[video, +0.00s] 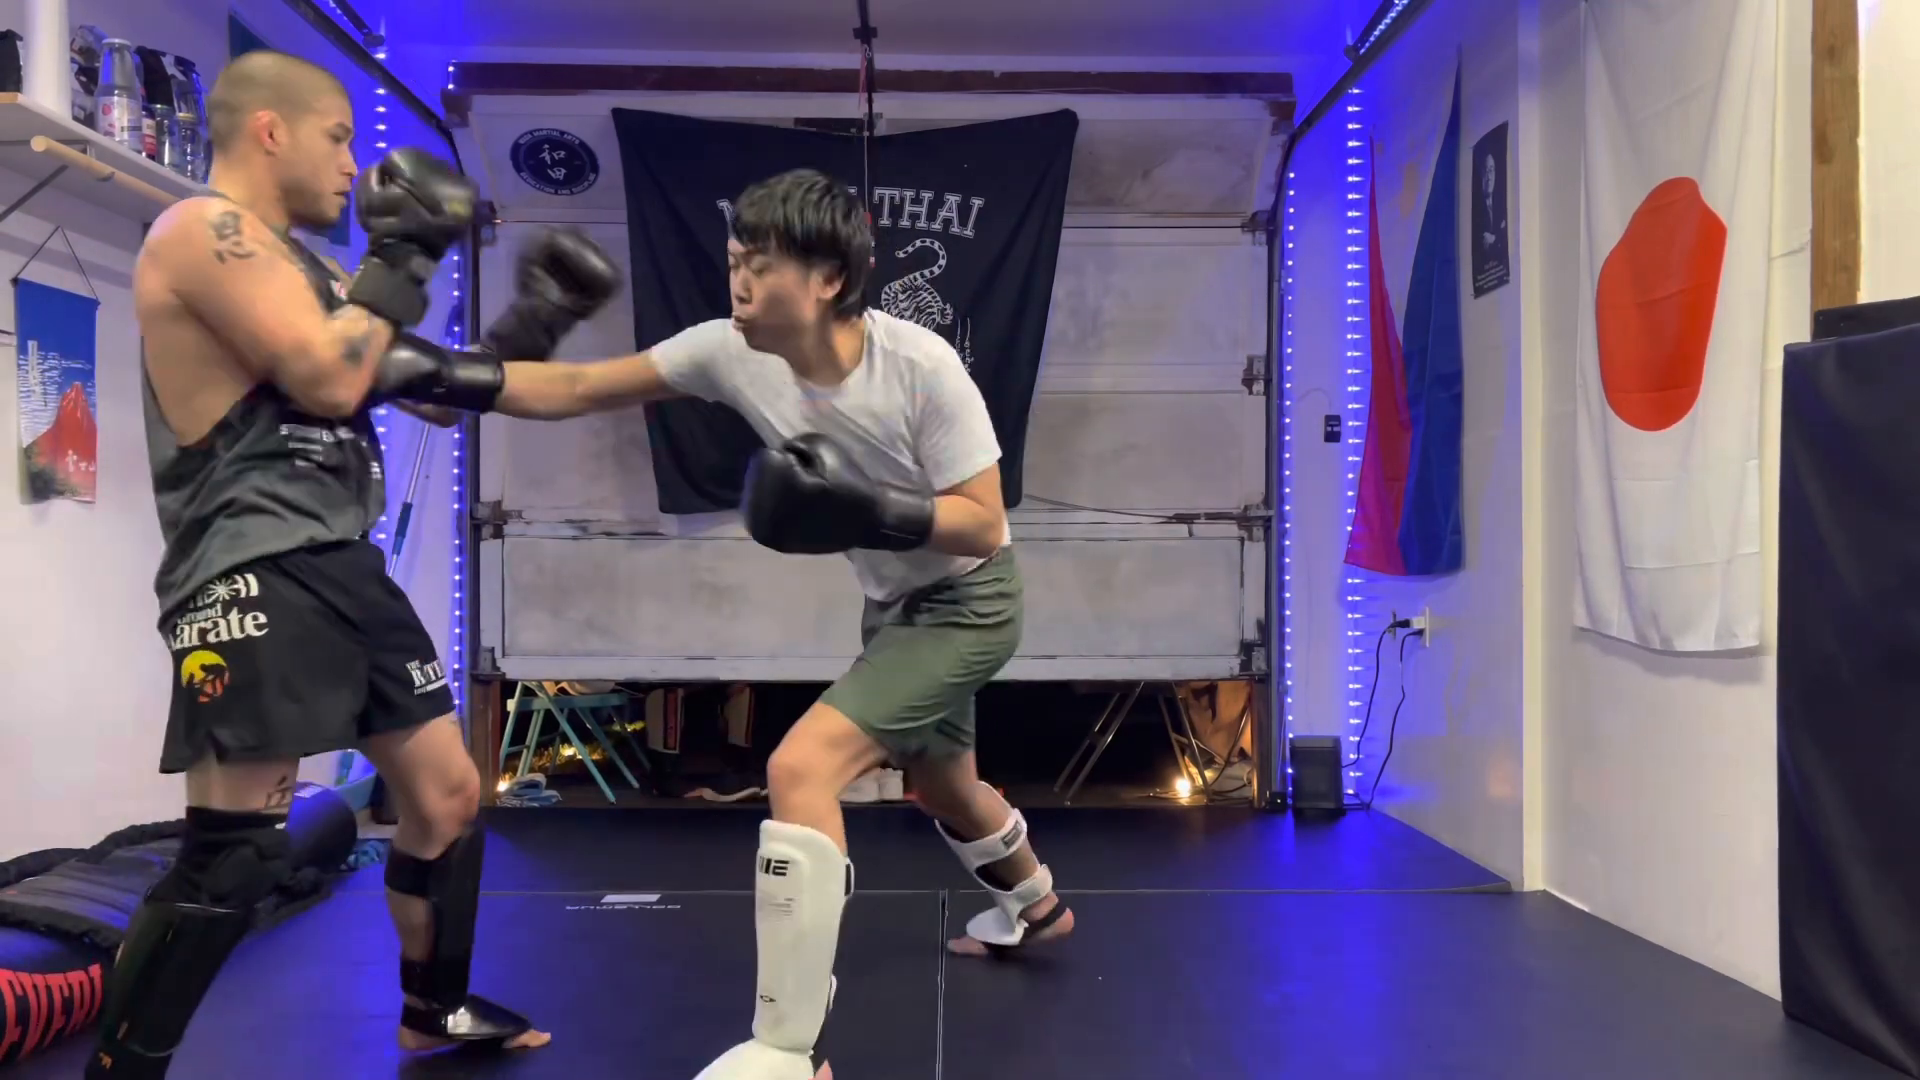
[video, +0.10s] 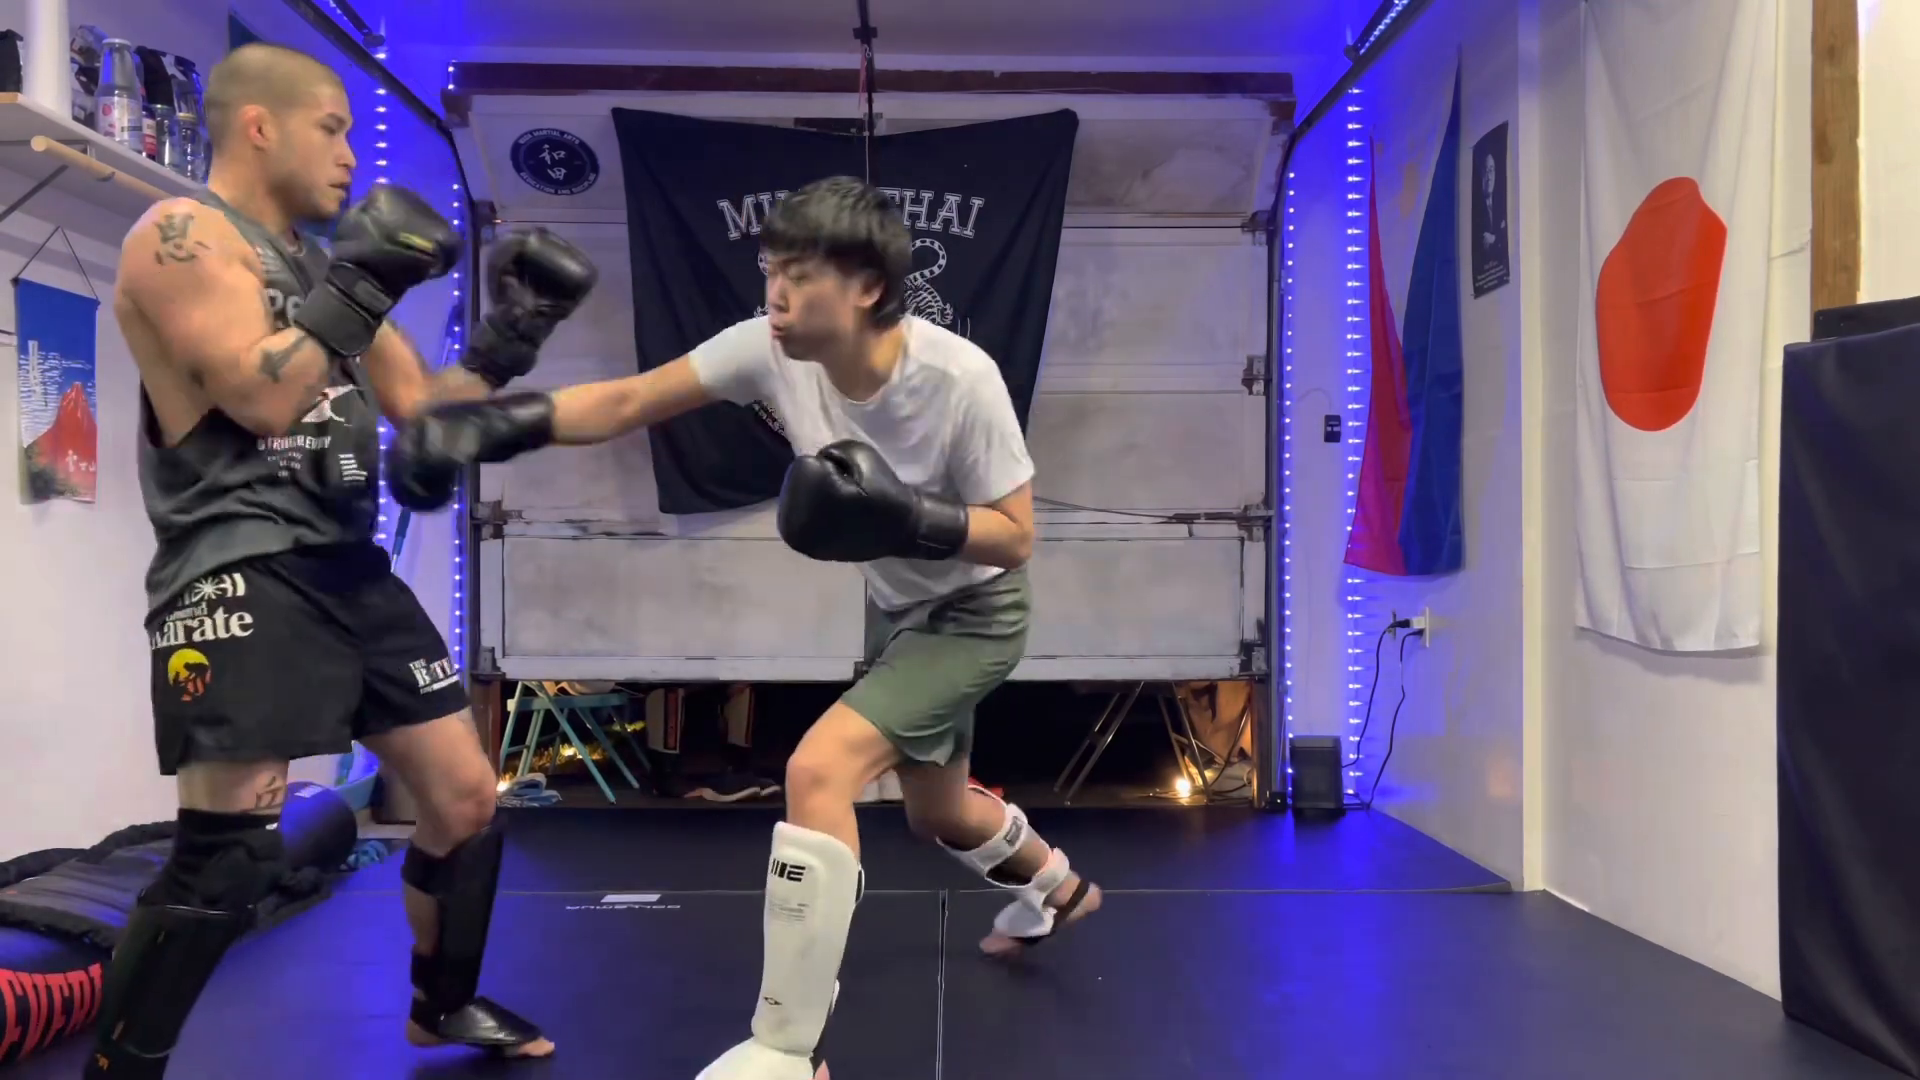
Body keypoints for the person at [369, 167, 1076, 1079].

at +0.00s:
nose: (738, 282)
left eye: (759, 263)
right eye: (738, 262)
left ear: (832, 280)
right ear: (738, 273)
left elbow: (984, 526)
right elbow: (573, 385)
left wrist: (872, 508)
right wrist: (435, 373)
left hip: (969, 599)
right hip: (894, 603)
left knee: (803, 770)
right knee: (948, 788)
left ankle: (786, 1049)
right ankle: (1033, 903)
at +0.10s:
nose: (777, 292)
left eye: (798, 272)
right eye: (775, 270)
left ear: (869, 287)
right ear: (771, 278)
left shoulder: (961, 381)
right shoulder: (770, 346)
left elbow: (1017, 537)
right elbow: (628, 401)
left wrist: (905, 518)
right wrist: (506, 421)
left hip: (976, 611)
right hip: (894, 607)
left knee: (822, 771)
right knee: (941, 806)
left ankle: (783, 1050)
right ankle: (1054, 886)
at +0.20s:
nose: (842, 273)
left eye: (865, 257)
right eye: (842, 253)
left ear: (934, 277)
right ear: (840, 260)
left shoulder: (1010, 376)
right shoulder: (833, 335)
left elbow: (1038, 547)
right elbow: (713, 405)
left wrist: (933, 504)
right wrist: (644, 430)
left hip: (989, 610)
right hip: (906, 600)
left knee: (828, 770)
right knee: (909, 819)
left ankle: (782, 1049)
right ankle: (1077, 877)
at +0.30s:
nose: (900, 250)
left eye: (924, 235)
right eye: (900, 230)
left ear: (991, 254)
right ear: (900, 234)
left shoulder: (1068, 350)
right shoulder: (902, 315)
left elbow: (1093, 516)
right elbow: (813, 406)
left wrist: (994, 479)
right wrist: (770, 367)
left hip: (1029, 597)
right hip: (949, 583)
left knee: (875, 774)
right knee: (946, 805)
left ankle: (787, 1046)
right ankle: (1104, 924)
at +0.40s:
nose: (946, 218)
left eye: (966, 203)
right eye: (946, 200)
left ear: (1034, 219)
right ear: (959, 211)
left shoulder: (1111, 314)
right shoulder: (958, 295)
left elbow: (1124, 475)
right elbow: (861, 389)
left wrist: (1017, 423)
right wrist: (848, 270)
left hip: (1093, 568)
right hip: (1011, 559)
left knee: (947, 762)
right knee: (1008, 774)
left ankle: (838, 1043)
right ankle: (1124, 944)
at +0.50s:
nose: (985, 189)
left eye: (1003, 167)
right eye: (983, 168)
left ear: (1068, 175)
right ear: (1018, 180)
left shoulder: (1123, 259)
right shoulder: (1033, 268)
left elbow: (1052, 409)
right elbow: (985, 363)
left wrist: (942, 325)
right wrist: (933, 249)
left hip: (1153, 533)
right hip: (1096, 532)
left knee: (1012, 744)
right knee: (1063, 742)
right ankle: (1128, 931)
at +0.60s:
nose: (1024, 197)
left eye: (1041, 175)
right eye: (1024, 176)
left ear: (1109, 182)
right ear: (1092, 187)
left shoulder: (1143, 254)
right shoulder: (1111, 272)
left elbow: (972, 303)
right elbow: (1040, 390)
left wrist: (819, 272)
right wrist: (1018, 272)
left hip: (1213, 537)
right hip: (1182, 536)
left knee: (1100, 793)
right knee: (1104, 743)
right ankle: (1182, 924)